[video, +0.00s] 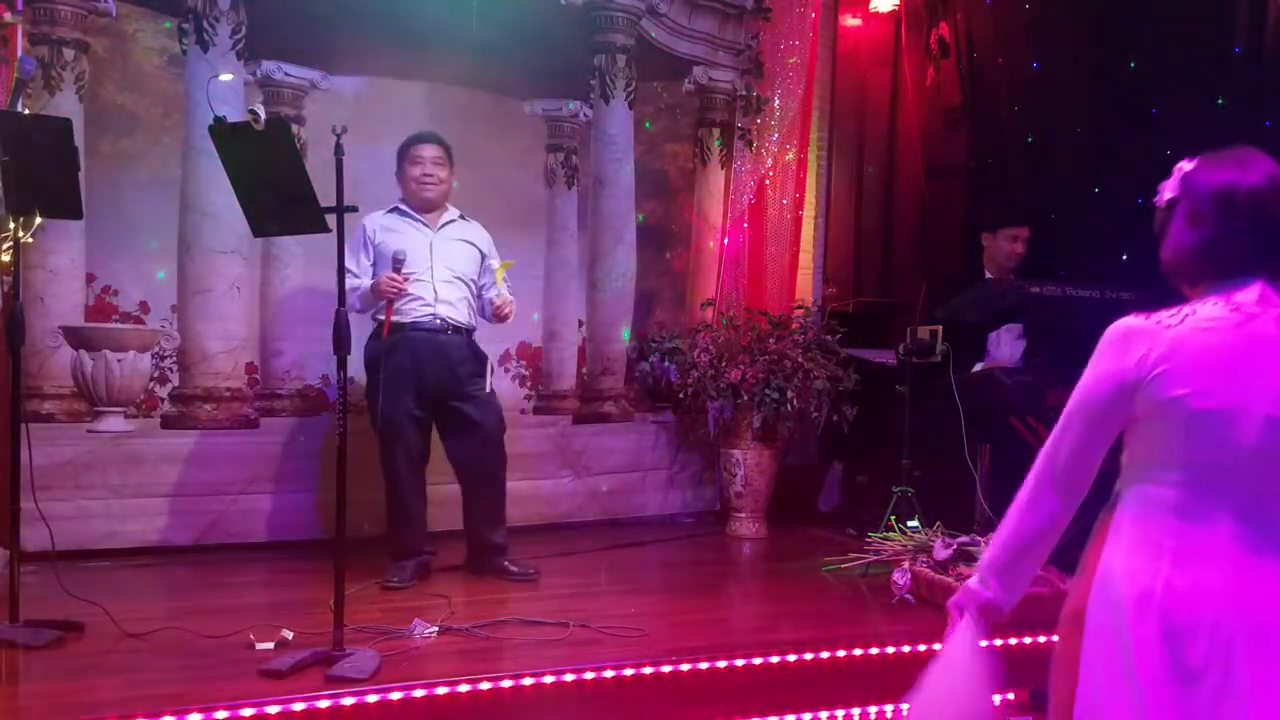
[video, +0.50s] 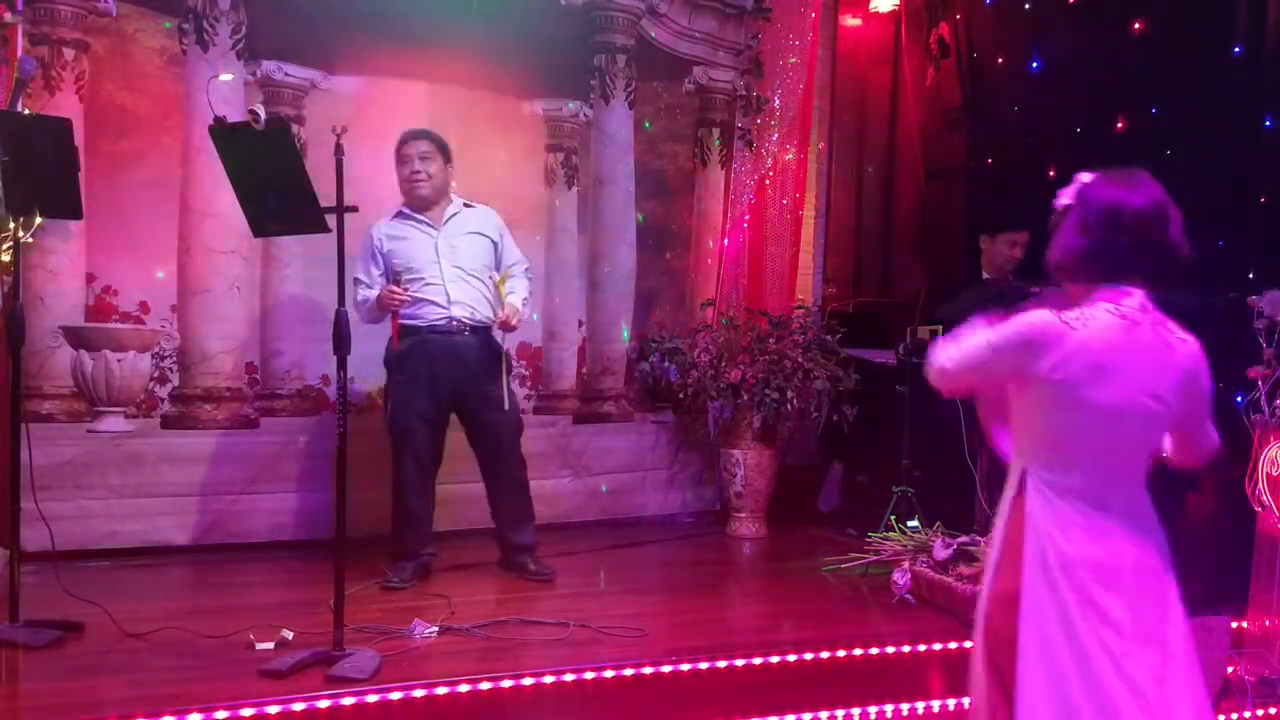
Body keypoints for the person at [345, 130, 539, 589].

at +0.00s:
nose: (428, 171)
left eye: (438, 164)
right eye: (417, 163)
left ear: (452, 176)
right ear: (400, 174)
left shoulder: (475, 235)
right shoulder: (376, 226)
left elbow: (490, 300)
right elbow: (351, 297)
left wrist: (501, 305)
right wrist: (374, 290)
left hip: (460, 352)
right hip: (400, 351)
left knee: (486, 444)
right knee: (402, 455)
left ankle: (488, 552)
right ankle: (409, 557)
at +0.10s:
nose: (418, 168)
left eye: (428, 160)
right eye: (408, 160)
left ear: (444, 172)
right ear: (392, 171)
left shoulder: (471, 230)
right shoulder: (372, 228)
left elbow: (494, 287)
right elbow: (350, 300)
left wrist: (496, 303)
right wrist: (372, 292)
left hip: (461, 350)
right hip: (401, 351)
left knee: (491, 446)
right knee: (403, 457)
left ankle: (499, 552)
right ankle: (410, 557)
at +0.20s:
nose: (409, 167)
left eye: (420, 159)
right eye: (399, 160)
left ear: (440, 171)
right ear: (387, 173)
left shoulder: (470, 225)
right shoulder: (369, 228)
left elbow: (497, 280)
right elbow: (351, 302)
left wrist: (495, 303)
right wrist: (371, 294)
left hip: (463, 348)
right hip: (402, 350)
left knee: (494, 441)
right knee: (403, 455)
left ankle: (509, 549)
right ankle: (410, 557)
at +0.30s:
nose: (405, 168)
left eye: (416, 159)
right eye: (395, 161)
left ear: (438, 170)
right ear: (385, 174)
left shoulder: (474, 222)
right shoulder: (371, 232)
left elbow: (501, 276)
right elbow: (353, 304)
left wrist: (499, 307)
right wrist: (372, 299)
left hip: (467, 348)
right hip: (406, 350)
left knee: (497, 451)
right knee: (406, 459)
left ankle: (515, 550)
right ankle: (411, 558)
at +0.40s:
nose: (406, 168)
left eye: (417, 159)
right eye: (397, 161)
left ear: (441, 169)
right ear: (389, 175)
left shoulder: (479, 219)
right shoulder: (377, 232)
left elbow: (509, 273)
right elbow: (357, 305)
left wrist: (505, 304)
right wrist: (374, 300)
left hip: (472, 348)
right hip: (411, 351)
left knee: (500, 451)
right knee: (409, 459)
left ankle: (517, 550)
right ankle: (411, 558)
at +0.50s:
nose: (414, 168)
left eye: (425, 159)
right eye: (405, 162)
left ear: (449, 168)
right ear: (397, 174)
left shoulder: (487, 221)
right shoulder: (384, 234)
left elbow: (516, 273)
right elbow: (362, 303)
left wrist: (514, 302)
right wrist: (380, 299)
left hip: (480, 350)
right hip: (418, 353)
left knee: (504, 452)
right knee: (413, 459)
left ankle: (519, 550)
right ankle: (412, 557)